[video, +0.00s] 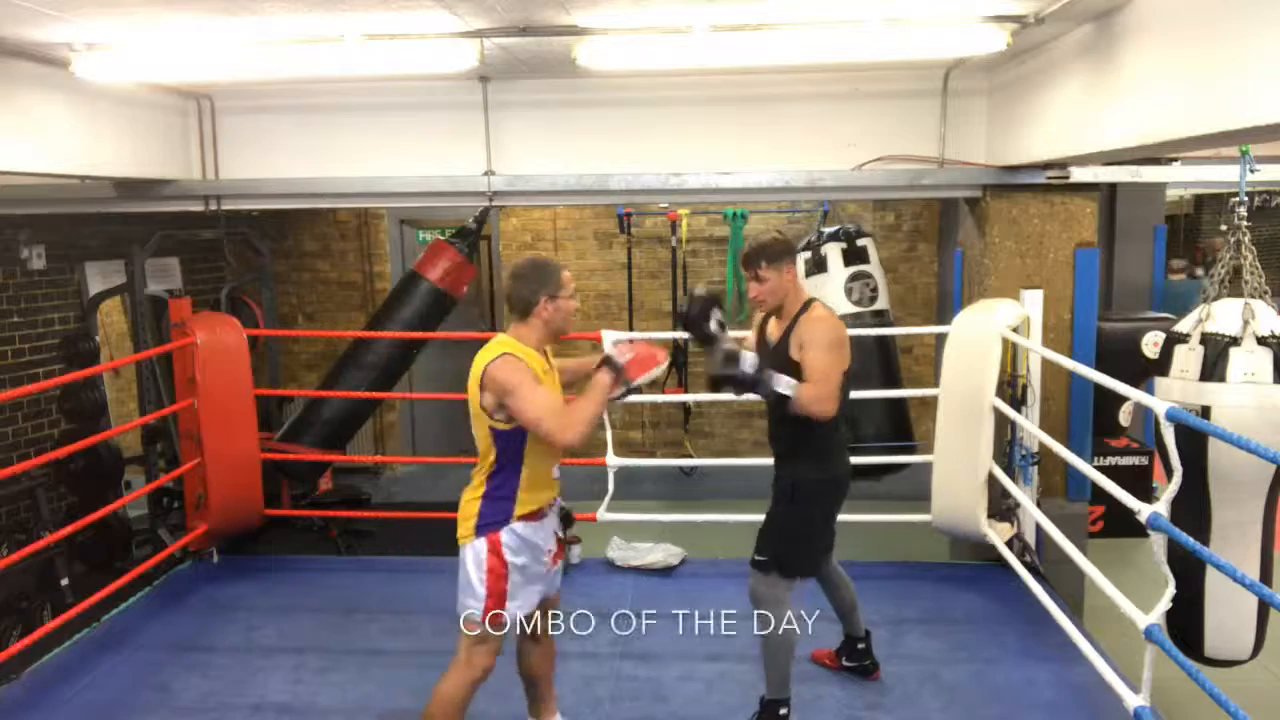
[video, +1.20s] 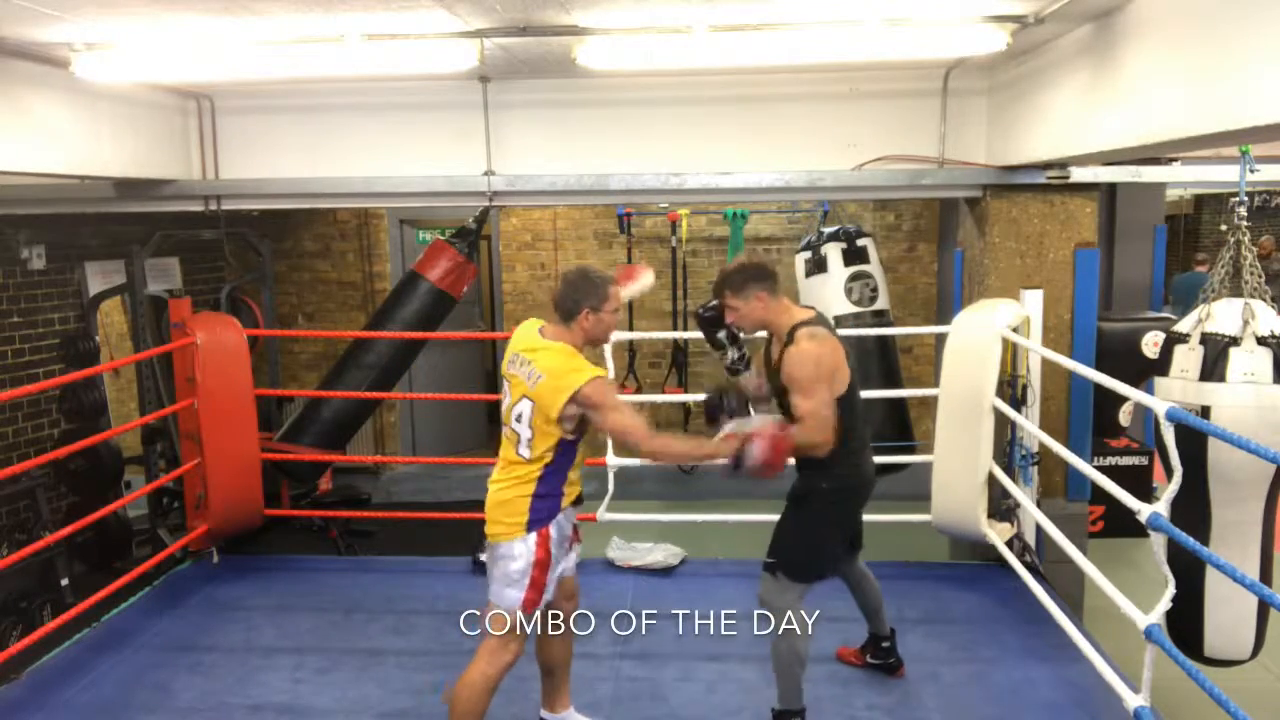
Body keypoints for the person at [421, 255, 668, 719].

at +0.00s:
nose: (575, 305)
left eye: (574, 295)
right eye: (569, 296)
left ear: (538, 305)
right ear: (543, 306)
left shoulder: (534, 356)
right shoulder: (505, 366)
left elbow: (561, 374)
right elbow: (565, 432)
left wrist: (614, 361)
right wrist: (604, 377)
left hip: (539, 518)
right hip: (497, 529)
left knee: (539, 631)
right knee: (476, 661)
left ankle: (545, 713)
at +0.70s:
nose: (594, 309)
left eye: (593, 300)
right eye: (588, 300)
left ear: (550, 307)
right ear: (561, 309)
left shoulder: (521, 349)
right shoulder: (535, 374)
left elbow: (557, 386)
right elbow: (590, 451)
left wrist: (598, 362)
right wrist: (636, 401)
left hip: (547, 519)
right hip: (513, 530)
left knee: (555, 619)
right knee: (494, 663)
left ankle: (549, 713)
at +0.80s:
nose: (601, 313)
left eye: (600, 304)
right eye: (595, 304)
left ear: (565, 311)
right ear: (567, 312)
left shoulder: (571, 355)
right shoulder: (512, 373)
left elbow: (618, 373)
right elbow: (509, 463)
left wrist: (675, 355)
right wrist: (581, 462)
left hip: (554, 515)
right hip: (510, 525)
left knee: (566, 617)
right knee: (497, 656)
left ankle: (552, 711)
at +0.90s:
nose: (613, 318)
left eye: (612, 309)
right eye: (607, 310)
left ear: (579, 317)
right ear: (580, 317)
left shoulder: (575, 361)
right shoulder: (527, 375)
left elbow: (601, 390)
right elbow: (509, 463)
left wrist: (657, 380)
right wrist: (578, 490)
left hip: (551, 517)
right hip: (511, 524)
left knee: (567, 613)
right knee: (498, 655)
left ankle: (557, 711)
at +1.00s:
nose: (622, 322)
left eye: (622, 312)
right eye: (617, 313)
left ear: (578, 317)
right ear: (591, 321)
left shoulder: (536, 345)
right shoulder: (574, 379)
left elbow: (565, 388)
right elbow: (605, 463)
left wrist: (618, 374)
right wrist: (681, 472)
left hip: (541, 512)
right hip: (519, 519)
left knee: (561, 604)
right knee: (495, 648)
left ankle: (555, 710)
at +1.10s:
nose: (624, 322)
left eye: (625, 313)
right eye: (619, 315)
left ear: (565, 314)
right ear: (589, 325)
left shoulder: (528, 339)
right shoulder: (589, 382)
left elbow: (575, 336)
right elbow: (671, 425)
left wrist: (619, 326)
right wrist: (744, 416)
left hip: (539, 512)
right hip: (521, 523)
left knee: (561, 602)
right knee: (490, 649)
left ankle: (556, 707)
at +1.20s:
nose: (616, 320)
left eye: (617, 311)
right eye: (612, 312)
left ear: (574, 314)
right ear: (586, 318)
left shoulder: (527, 334)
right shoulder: (581, 380)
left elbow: (573, 324)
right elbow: (648, 445)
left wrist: (613, 290)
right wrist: (725, 448)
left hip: (543, 509)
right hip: (527, 520)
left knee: (562, 601)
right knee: (501, 647)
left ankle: (556, 710)